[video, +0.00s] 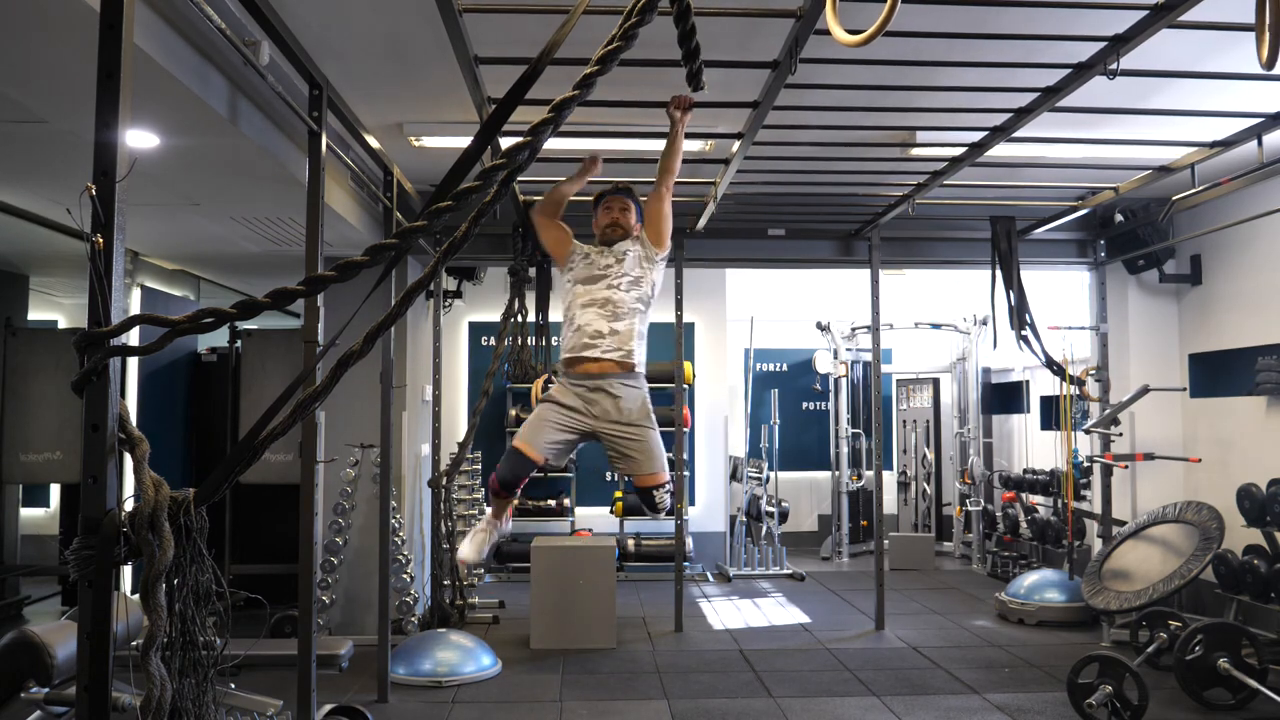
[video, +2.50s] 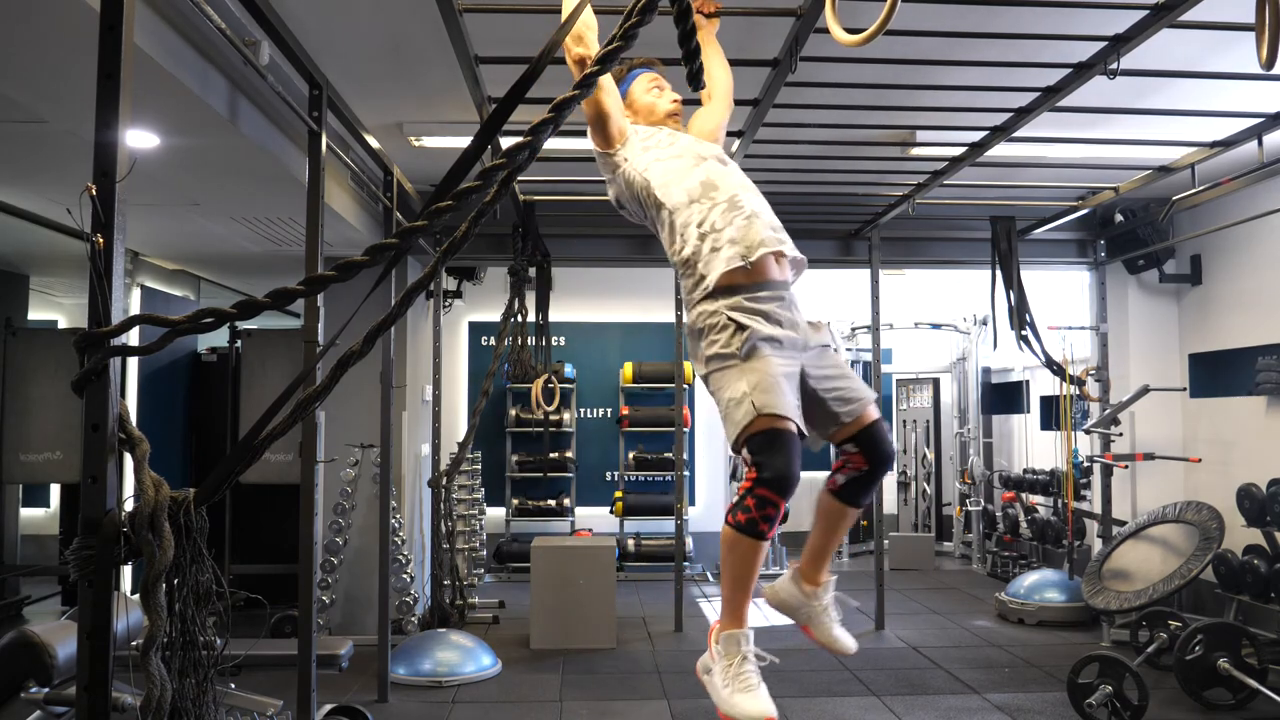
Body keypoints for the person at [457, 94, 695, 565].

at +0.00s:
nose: (612, 213)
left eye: (622, 209)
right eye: (604, 210)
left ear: (637, 223)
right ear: (594, 224)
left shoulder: (649, 253)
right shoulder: (575, 257)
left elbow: (664, 187)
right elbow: (543, 216)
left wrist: (678, 128)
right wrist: (580, 178)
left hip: (627, 391)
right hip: (569, 389)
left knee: (657, 500)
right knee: (503, 479)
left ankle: (649, 486)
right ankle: (496, 521)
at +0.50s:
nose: (623, 186)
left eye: (631, 181)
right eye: (614, 181)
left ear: (643, 194)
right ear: (597, 193)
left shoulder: (657, 227)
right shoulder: (584, 230)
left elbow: (674, 172)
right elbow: (578, 156)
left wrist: (680, 127)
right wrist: (574, 90)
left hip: (667, 379)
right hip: (609, 387)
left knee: (719, 444)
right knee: (601, 511)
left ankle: (747, 566)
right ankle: (613, 563)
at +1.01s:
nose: (651, 155)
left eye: (662, 149)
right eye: (643, 153)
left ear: (685, 161)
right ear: (635, 170)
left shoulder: (707, 191)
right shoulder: (626, 212)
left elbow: (719, 110)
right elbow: (594, 149)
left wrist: (708, 28)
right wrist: (577, 89)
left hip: (715, 373)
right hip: (649, 377)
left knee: (770, 475)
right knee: (582, 471)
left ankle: (805, 505)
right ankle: (550, 585)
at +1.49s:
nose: (605, 135)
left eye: (617, 130)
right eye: (595, 129)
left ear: (633, 150)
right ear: (577, 145)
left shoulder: (649, 191)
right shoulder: (549, 183)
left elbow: (677, 116)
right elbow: (526, 113)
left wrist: (697, 44)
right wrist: (581, 50)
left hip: (618, 373)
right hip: (541, 371)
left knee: (694, 475)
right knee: (482, 498)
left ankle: (653, 511)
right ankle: (507, 530)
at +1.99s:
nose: (662, 100)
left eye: (668, 98)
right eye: (647, 96)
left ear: (678, 121)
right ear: (620, 120)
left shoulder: (692, 165)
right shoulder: (612, 161)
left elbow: (704, 92)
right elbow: (588, 68)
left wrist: (707, 30)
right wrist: (583, 28)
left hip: (729, 363)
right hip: (657, 371)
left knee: (830, 468)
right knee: (648, 538)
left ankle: (798, 581)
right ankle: (617, 652)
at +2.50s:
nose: (664, 86)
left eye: (668, 83)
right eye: (650, 83)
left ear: (676, 103)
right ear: (628, 107)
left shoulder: (701, 141)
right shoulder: (628, 152)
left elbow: (719, 94)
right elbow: (605, 117)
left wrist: (706, 32)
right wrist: (589, 71)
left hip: (791, 310)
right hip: (732, 313)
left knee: (870, 449)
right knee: (774, 464)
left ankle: (806, 584)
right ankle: (728, 646)